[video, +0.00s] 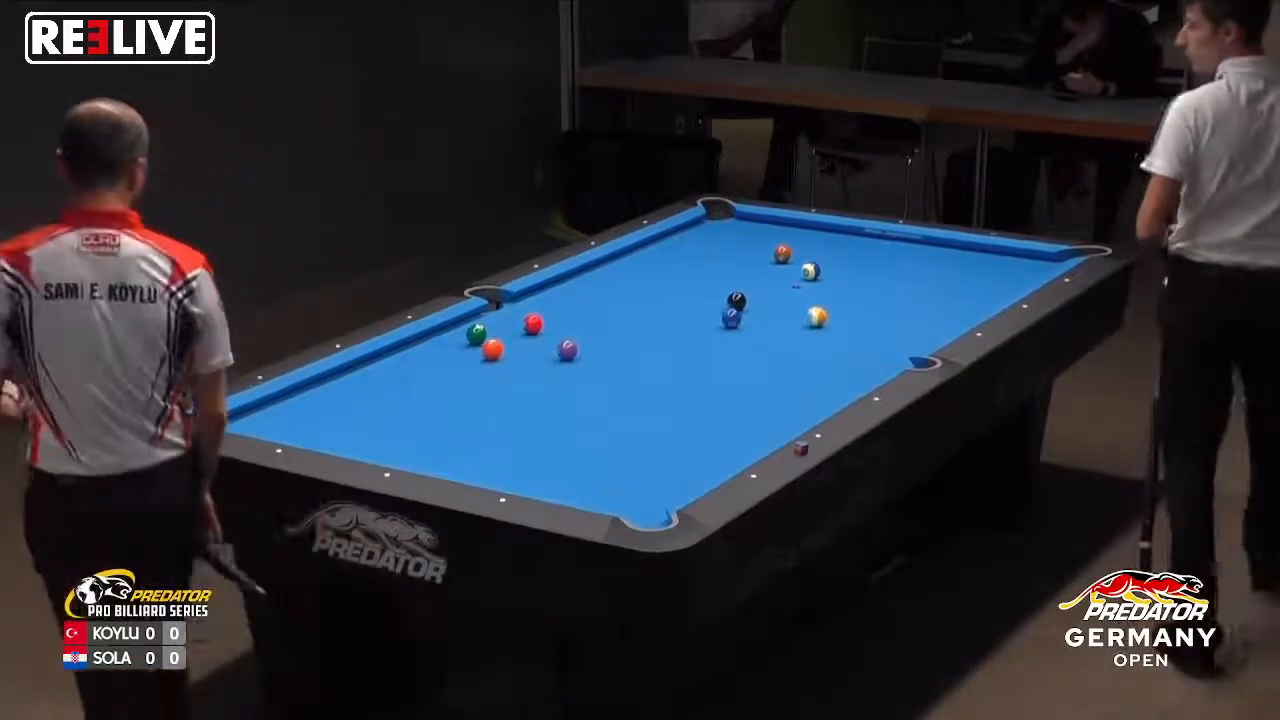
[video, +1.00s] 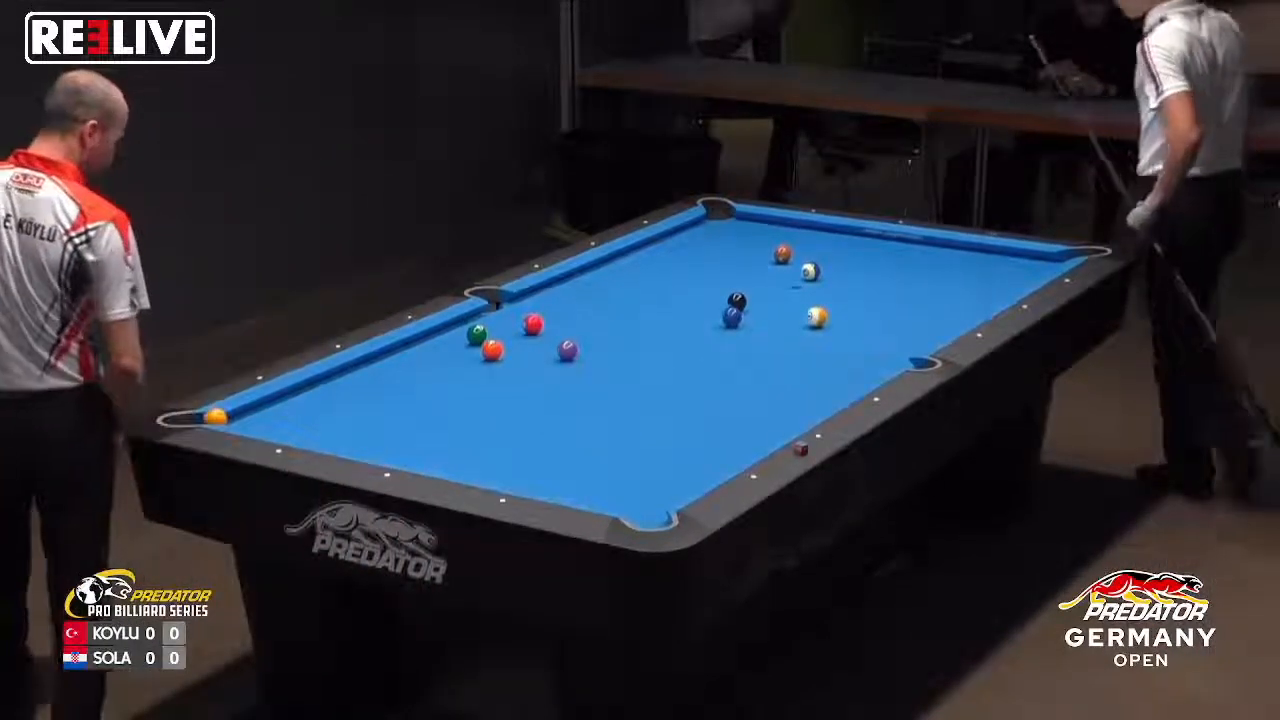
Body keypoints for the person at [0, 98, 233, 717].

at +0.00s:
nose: (145, 176)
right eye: (145, 165)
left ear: (61, 165)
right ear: (139, 172)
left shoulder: (17, 266)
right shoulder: (184, 271)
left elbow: (10, 388)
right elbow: (210, 411)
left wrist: (39, 409)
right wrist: (203, 491)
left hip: (60, 506)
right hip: (159, 498)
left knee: (94, 673)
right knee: (160, 669)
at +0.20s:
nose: (132, 174)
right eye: (132, 164)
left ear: (50, 165)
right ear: (123, 170)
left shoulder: (11, 256)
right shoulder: (165, 268)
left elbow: (8, 390)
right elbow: (191, 409)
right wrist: (174, 486)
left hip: (40, 494)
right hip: (138, 489)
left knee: (71, 651)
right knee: (120, 653)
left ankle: (96, 713)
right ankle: (112, 713)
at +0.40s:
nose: (124, 161)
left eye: (124, 151)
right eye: (124, 151)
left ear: (46, 148)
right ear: (113, 156)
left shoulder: (7, 228)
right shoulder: (146, 251)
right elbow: (168, 392)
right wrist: (154, 473)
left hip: (20, 464)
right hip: (113, 463)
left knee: (34, 637)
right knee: (109, 627)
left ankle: (59, 713)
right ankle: (102, 712)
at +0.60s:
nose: (121, 154)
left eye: (122, 144)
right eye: (122, 144)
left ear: (46, 135)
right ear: (108, 145)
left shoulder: (2, 204)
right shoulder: (132, 237)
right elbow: (154, 377)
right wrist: (142, 444)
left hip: (7, 447)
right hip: (95, 446)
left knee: (7, 620)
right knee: (101, 612)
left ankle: (17, 709)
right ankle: (96, 712)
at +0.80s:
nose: (118, 152)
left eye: (122, 141)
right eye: (120, 141)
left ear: (49, 125)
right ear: (102, 137)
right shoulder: (117, 229)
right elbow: (141, 372)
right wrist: (142, 440)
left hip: (2, 428)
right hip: (80, 432)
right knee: (89, 603)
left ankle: (4, 706)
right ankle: (90, 712)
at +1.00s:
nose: (113, 150)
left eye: (117, 137)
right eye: (115, 136)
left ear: (50, 120)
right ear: (90, 131)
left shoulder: (3, 179)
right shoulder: (98, 220)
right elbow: (126, 361)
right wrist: (120, 420)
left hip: (1, 413)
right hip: (65, 419)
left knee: (4, 579)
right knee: (76, 581)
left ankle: (11, 700)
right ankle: (77, 705)